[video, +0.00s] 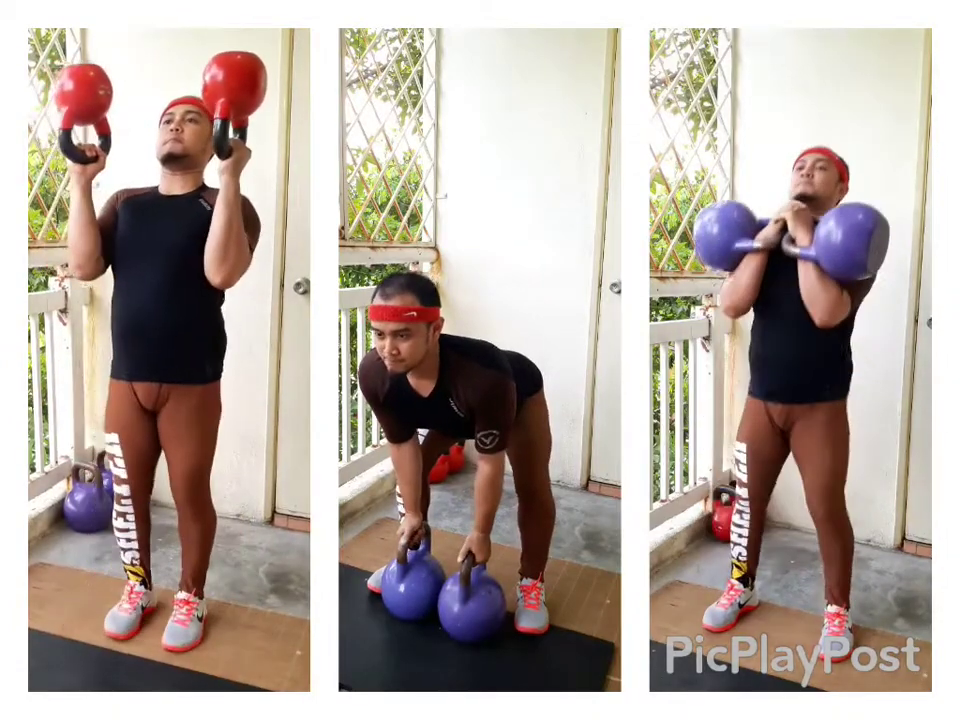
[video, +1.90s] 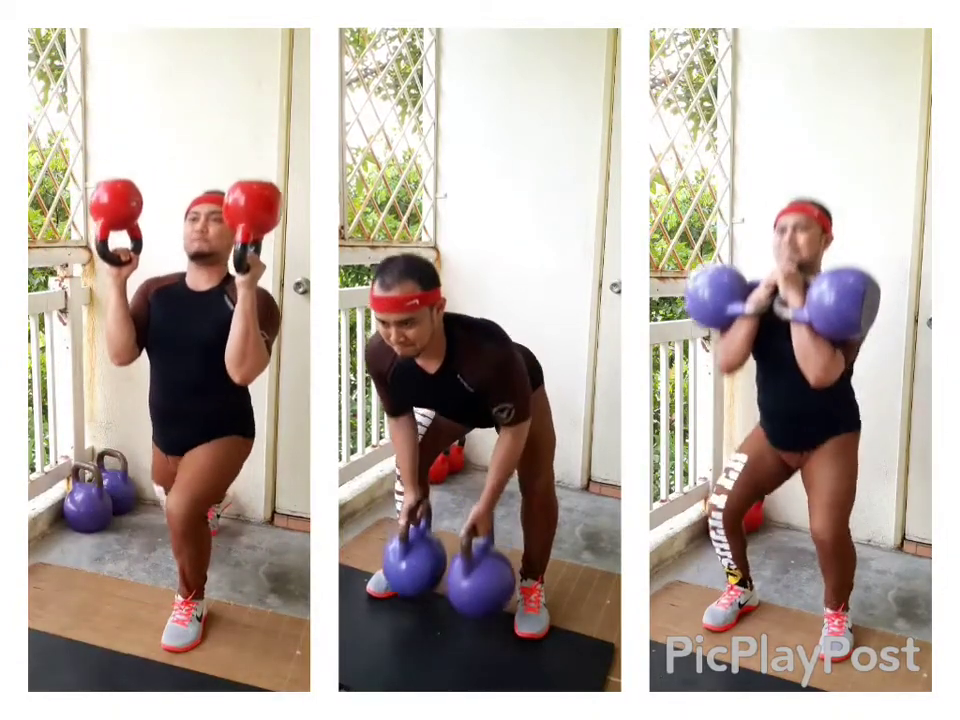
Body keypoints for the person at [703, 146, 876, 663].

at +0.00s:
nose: (805, 173)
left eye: (819, 168)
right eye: (799, 168)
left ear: (843, 188)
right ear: (788, 184)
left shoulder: (847, 246)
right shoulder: (763, 238)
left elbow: (827, 313)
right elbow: (731, 304)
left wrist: (802, 240)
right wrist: (765, 239)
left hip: (819, 404)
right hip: (761, 398)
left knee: (827, 511)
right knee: (750, 501)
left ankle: (836, 611)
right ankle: (740, 586)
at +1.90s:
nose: (789, 238)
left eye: (802, 230)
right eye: (782, 230)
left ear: (825, 241)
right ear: (773, 239)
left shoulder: (840, 302)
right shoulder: (757, 296)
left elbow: (822, 374)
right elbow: (727, 362)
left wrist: (795, 302)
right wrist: (756, 305)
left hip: (830, 438)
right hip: (773, 434)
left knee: (828, 533)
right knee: (727, 510)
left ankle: (835, 613)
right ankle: (740, 587)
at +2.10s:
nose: (787, 297)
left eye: (800, 288)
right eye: (780, 288)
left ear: (821, 299)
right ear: (770, 298)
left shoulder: (836, 356)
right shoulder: (753, 352)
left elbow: (821, 436)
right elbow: (726, 421)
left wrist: (793, 367)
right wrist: (753, 371)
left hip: (832, 472)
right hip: (775, 469)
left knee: (827, 545)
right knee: (718, 521)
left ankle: (836, 616)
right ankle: (740, 588)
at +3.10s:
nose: (782, 244)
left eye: (794, 236)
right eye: (774, 236)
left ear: (817, 248)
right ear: (765, 247)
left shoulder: (829, 311)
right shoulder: (749, 307)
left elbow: (818, 391)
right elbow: (721, 377)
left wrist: (789, 323)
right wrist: (747, 324)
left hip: (827, 440)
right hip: (770, 436)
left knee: (827, 534)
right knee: (721, 510)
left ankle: (836, 614)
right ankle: (740, 586)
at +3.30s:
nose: (790, 190)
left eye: (804, 183)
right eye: (782, 183)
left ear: (825, 201)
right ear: (771, 198)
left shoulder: (836, 261)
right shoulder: (749, 254)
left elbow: (818, 336)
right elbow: (722, 325)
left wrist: (790, 267)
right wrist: (749, 262)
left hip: (826, 414)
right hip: (766, 410)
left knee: (831, 518)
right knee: (734, 495)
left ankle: (837, 612)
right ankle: (740, 585)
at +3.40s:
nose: (794, 178)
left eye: (808, 172)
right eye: (787, 171)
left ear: (832, 189)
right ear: (776, 186)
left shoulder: (840, 249)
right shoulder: (754, 242)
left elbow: (817, 315)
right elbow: (722, 308)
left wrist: (793, 242)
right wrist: (753, 244)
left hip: (820, 408)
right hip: (761, 402)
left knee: (827, 511)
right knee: (741, 497)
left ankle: (836, 610)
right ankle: (740, 586)